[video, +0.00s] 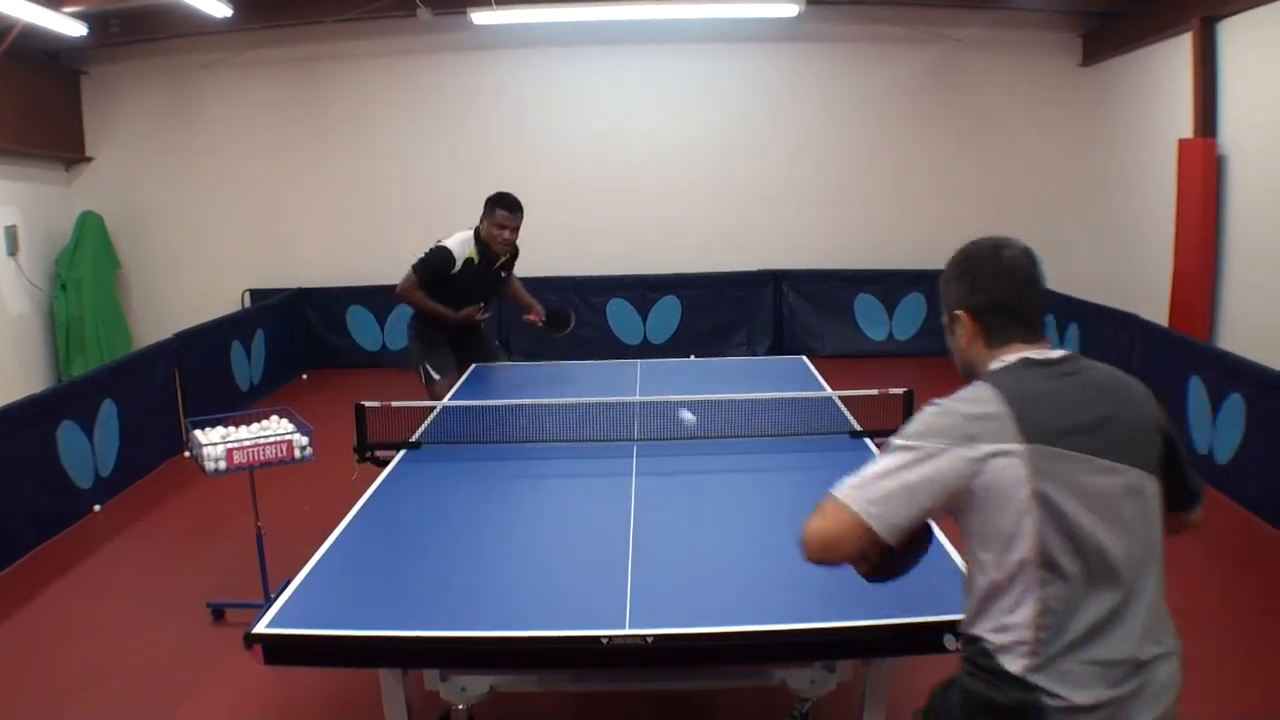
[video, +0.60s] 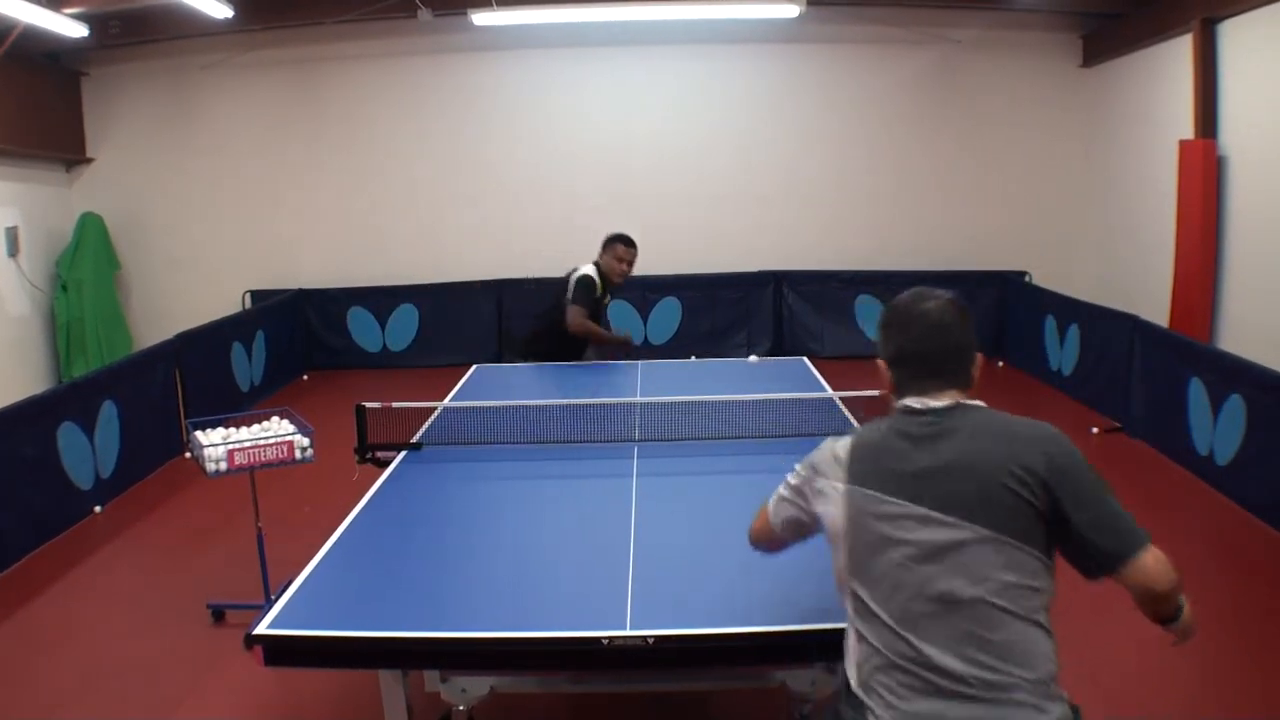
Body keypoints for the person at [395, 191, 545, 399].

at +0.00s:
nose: (507, 236)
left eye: (514, 230)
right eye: (499, 228)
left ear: (519, 229)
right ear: (483, 222)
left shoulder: (510, 253)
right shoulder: (451, 251)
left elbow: (504, 279)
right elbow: (406, 289)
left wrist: (531, 305)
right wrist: (454, 316)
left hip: (469, 329)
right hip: (431, 331)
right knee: (451, 401)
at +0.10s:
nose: (517, 241)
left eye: (523, 235)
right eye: (509, 233)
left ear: (528, 237)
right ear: (491, 232)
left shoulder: (525, 264)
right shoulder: (460, 263)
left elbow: (527, 291)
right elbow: (418, 303)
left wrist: (559, 316)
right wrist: (467, 328)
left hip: (494, 341)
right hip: (453, 344)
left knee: (527, 383)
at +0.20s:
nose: (534, 237)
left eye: (540, 230)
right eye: (527, 229)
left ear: (545, 231)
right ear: (510, 227)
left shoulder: (549, 263)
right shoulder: (478, 261)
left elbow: (557, 294)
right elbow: (438, 298)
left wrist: (583, 319)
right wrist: (480, 324)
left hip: (526, 349)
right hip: (483, 352)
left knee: (566, 382)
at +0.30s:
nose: (556, 225)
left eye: (562, 219)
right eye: (549, 217)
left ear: (567, 221)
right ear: (532, 214)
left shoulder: (565, 252)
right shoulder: (497, 250)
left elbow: (573, 289)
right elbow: (462, 289)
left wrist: (601, 320)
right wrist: (507, 310)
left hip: (543, 337)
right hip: (500, 340)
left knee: (583, 380)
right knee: (502, 403)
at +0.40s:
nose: (578, 227)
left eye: (584, 222)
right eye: (572, 219)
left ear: (588, 225)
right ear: (555, 216)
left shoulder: (577, 258)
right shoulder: (521, 249)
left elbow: (580, 299)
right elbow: (493, 292)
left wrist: (617, 329)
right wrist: (542, 305)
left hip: (551, 339)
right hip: (509, 342)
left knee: (593, 373)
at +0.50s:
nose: (602, 246)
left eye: (607, 241)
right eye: (596, 238)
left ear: (611, 243)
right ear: (579, 235)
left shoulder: (589, 276)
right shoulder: (553, 263)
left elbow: (589, 323)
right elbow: (533, 307)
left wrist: (623, 351)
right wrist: (579, 318)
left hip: (558, 353)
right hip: (526, 354)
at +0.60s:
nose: (624, 269)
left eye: (629, 264)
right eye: (619, 261)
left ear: (633, 266)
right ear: (602, 256)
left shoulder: (603, 287)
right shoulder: (586, 277)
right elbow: (575, 323)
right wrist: (615, 340)